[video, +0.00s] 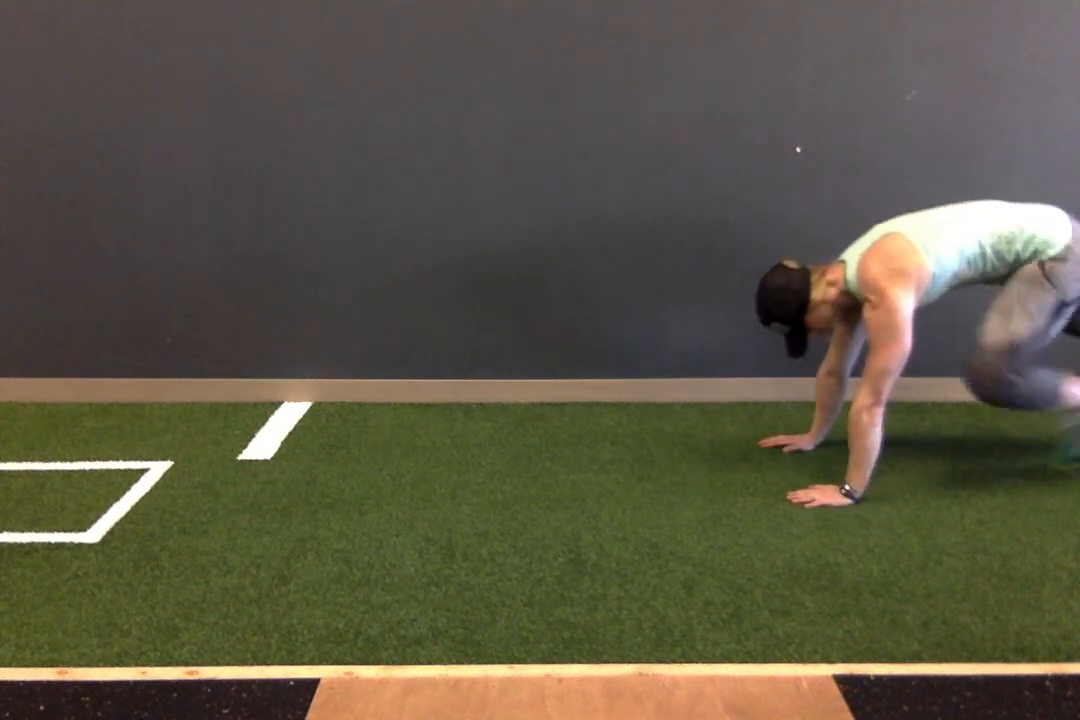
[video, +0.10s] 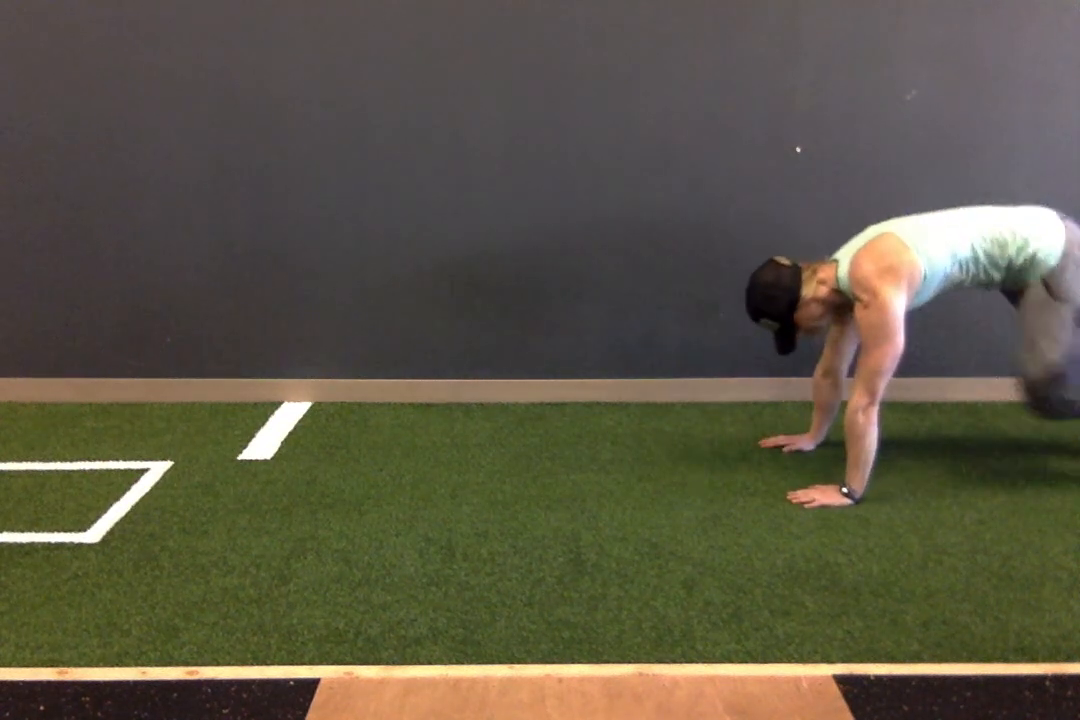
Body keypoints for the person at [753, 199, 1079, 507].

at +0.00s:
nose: (826, 327)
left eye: (818, 321)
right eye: (818, 325)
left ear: (823, 291)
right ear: (818, 280)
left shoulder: (885, 281)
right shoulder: (851, 271)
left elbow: (871, 402)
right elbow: (834, 370)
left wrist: (852, 489)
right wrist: (813, 435)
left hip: (1057, 252)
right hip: (1042, 243)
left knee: (993, 377)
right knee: (1060, 317)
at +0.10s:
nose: (810, 328)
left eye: (803, 320)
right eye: (802, 325)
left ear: (812, 288)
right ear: (808, 276)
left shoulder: (878, 281)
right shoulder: (844, 271)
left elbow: (866, 401)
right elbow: (830, 370)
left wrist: (852, 490)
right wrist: (813, 435)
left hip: (1053, 251)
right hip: (1019, 259)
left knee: (1053, 394)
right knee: (1052, 388)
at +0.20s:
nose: (807, 329)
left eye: (798, 322)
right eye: (797, 327)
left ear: (806, 291)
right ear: (804, 277)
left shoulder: (876, 282)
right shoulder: (843, 272)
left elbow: (864, 402)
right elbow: (830, 370)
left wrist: (851, 491)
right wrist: (814, 435)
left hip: (1051, 268)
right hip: (1027, 266)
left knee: (1071, 366)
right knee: (1067, 363)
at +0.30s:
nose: (807, 321)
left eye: (799, 314)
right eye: (798, 317)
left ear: (817, 285)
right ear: (815, 275)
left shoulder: (881, 280)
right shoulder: (846, 271)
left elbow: (868, 403)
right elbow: (831, 367)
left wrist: (852, 490)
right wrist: (812, 435)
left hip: (1054, 280)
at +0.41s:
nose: (806, 320)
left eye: (798, 312)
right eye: (797, 316)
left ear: (815, 283)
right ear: (813, 272)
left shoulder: (881, 279)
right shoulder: (847, 268)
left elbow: (868, 403)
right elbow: (836, 363)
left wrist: (852, 490)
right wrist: (814, 434)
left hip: (1052, 274)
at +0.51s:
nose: (797, 318)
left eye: (789, 310)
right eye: (788, 313)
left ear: (807, 282)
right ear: (806, 270)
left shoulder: (874, 278)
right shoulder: (841, 268)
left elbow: (865, 400)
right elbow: (832, 367)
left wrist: (852, 490)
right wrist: (817, 436)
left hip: (1055, 263)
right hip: (1033, 259)